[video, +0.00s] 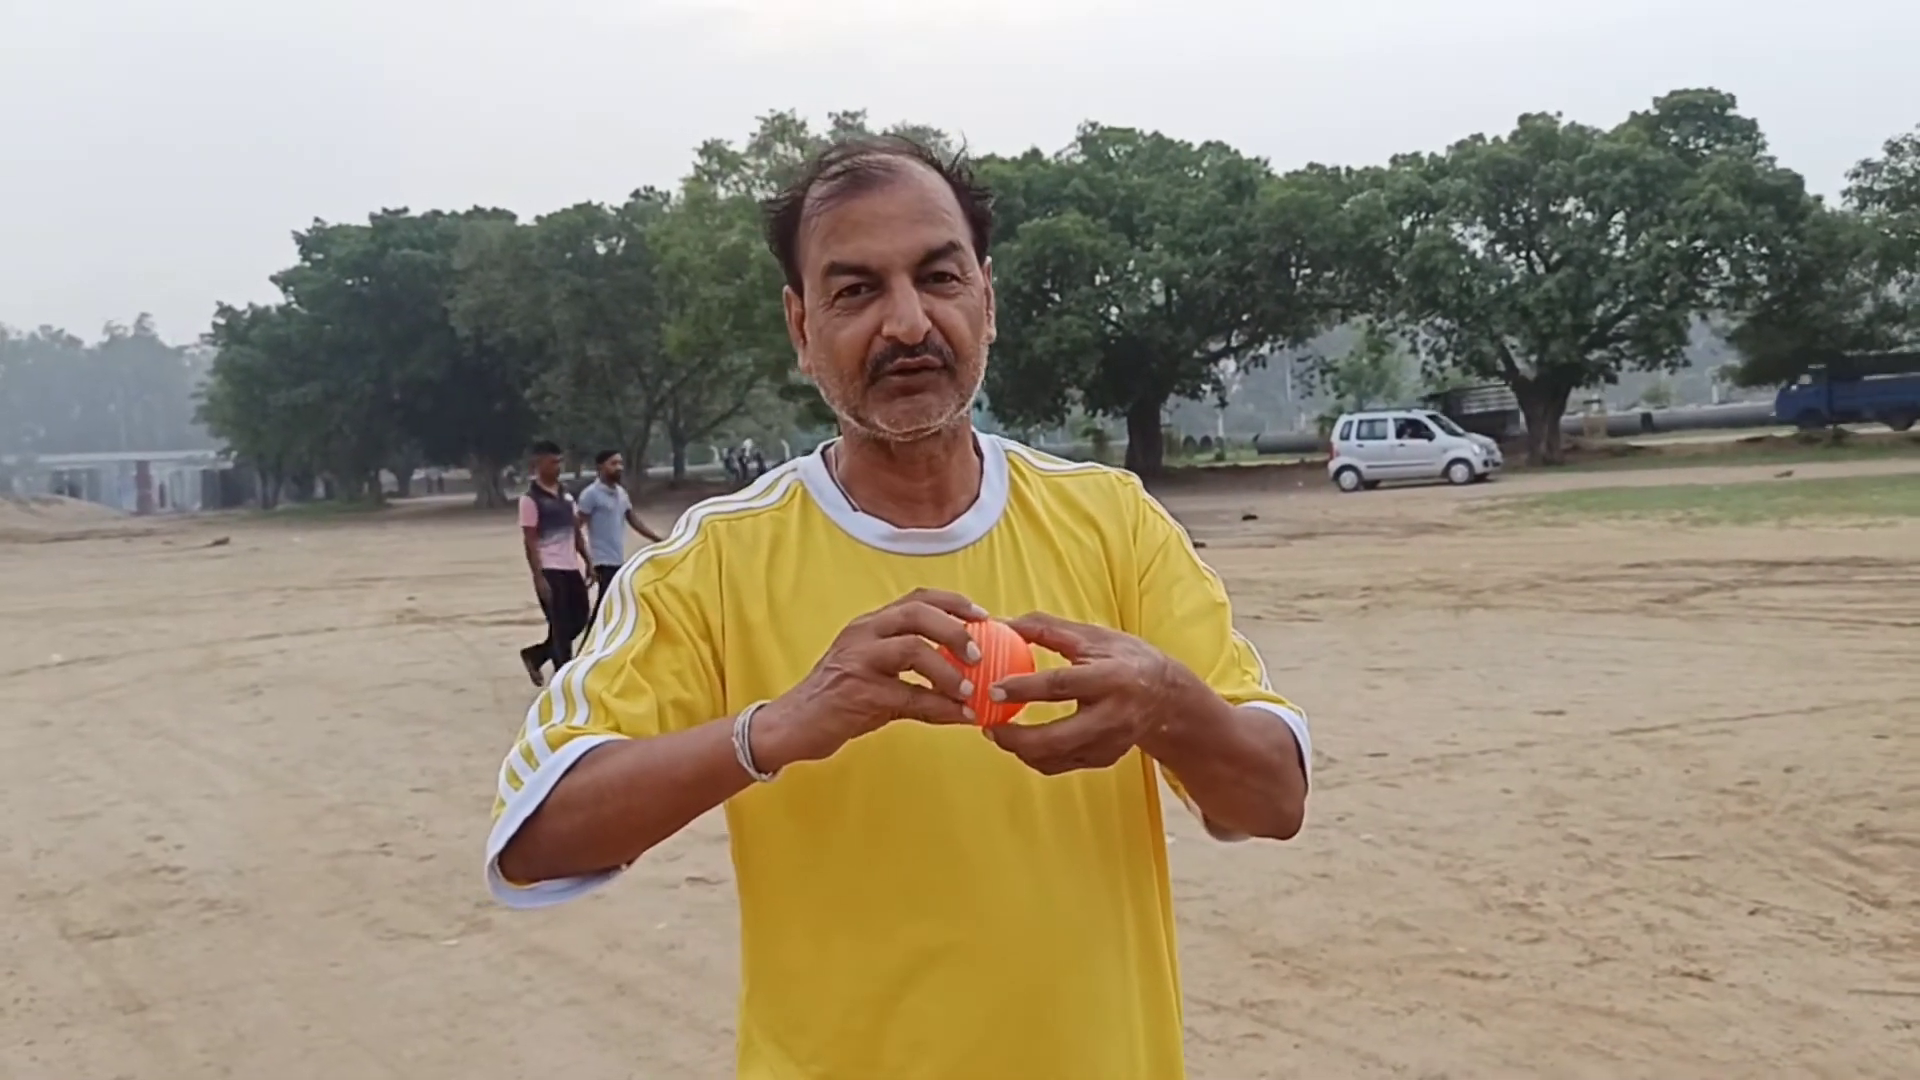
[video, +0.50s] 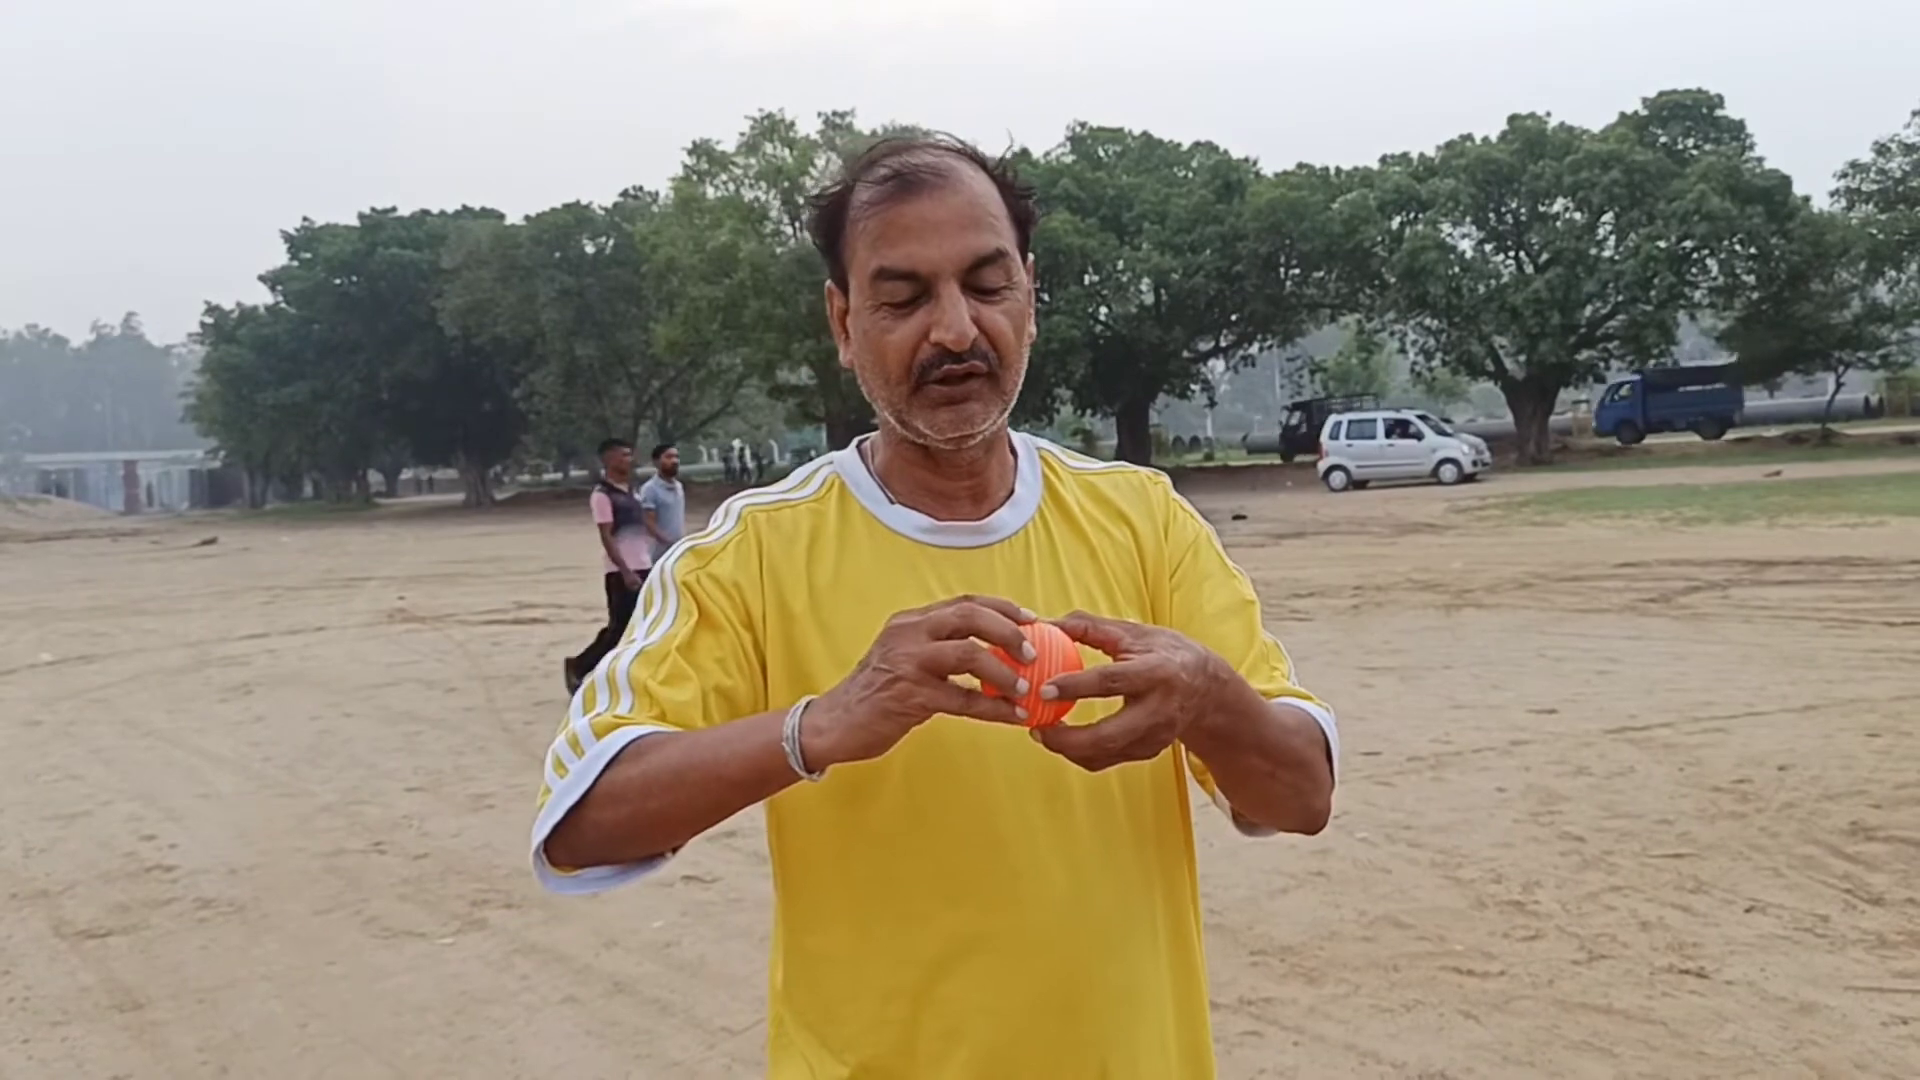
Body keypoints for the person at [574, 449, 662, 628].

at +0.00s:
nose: (619, 467)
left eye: (621, 463)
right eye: (614, 463)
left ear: (622, 466)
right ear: (601, 467)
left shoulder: (620, 492)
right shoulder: (590, 494)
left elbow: (633, 520)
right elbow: (577, 528)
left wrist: (656, 539)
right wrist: (587, 561)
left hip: (617, 559)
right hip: (601, 561)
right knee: (607, 608)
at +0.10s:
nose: (626, 468)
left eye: (628, 464)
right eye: (621, 464)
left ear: (630, 466)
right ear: (609, 467)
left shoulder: (629, 493)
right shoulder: (599, 496)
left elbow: (639, 521)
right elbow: (586, 530)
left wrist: (661, 541)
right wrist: (589, 564)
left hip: (631, 557)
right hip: (612, 561)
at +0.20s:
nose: (634, 465)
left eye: (636, 460)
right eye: (628, 460)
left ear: (638, 463)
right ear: (616, 465)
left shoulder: (637, 489)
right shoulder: (608, 493)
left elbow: (646, 522)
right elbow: (600, 529)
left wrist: (662, 543)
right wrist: (604, 563)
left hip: (640, 555)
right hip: (622, 558)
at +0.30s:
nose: (645, 460)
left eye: (647, 456)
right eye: (640, 456)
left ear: (650, 458)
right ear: (627, 460)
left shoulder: (648, 485)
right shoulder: (619, 488)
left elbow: (650, 517)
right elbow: (616, 525)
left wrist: (663, 542)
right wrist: (626, 555)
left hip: (651, 553)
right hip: (632, 556)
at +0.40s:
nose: (659, 459)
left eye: (661, 454)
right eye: (654, 454)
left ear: (664, 457)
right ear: (642, 458)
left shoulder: (663, 484)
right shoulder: (633, 486)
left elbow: (663, 513)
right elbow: (631, 520)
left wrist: (666, 538)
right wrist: (648, 543)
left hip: (663, 548)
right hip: (643, 553)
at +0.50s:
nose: (674, 461)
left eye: (676, 457)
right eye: (669, 457)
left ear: (679, 459)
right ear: (656, 461)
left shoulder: (679, 486)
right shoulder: (649, 489)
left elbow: (678, 515)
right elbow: (649, 522)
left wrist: (682, 538)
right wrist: (669, 542)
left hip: (678, 547)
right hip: (659, 552)